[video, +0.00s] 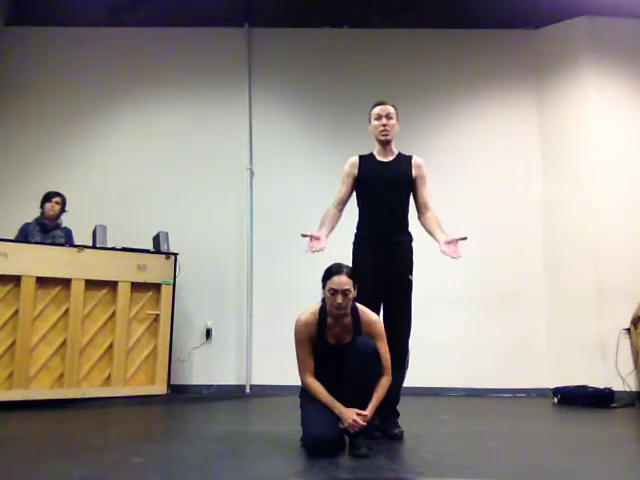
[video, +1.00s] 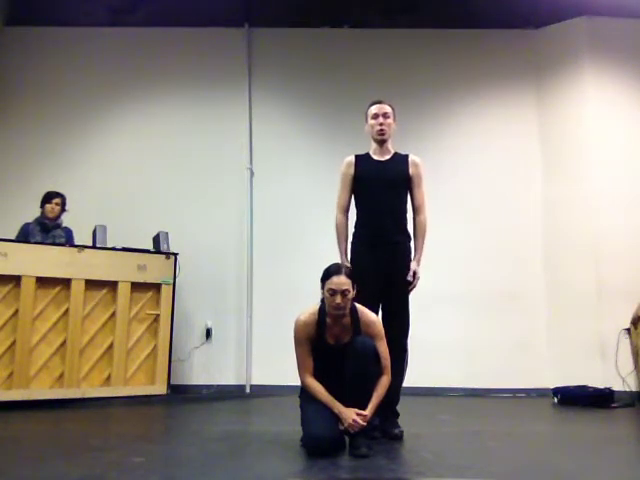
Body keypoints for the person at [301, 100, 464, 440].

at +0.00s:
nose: (384, 122)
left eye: (389, 117)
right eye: (378, 118)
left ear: (398, 124)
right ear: (370, 126)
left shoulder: (414, 166)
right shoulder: (356, 165)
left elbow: (425, 210)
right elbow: (337, 206)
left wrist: (442, 237)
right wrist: (323, 232)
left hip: (399, 259)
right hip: (365, 258)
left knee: (397, 339)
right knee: (361, 337)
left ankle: (389, 416)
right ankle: (360, 417)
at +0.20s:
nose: (383, 123)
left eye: (388, 118)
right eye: (378, 118)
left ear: (397, 125)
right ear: (369, 126)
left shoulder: (414, 165)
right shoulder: (356, 165)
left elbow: (427, 211)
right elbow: (336, 207)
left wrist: (436, 250)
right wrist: (327, 247)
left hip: (399, 258)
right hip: (365, 257)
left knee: (397, 338)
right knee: (361, 336)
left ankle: (389, 415)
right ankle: (361, 416)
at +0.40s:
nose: (382, 123)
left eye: (387, 118)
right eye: (377, 118)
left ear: (396, 124)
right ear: (368, 126)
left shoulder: (413, 165)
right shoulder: (354, 165)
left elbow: (420, 215)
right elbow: (345, 214)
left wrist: (418, 258)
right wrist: (347, 259)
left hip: (398, 257)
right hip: (364, 257)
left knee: (396, 338)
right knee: (361, 337)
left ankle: (389, 415)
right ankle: (362, 417)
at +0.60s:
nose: (381, 122)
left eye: (387, 117)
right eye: (376, 118)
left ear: (395, 124)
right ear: (367, 126)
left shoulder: (412, 165)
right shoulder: (354, 165)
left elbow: (422, 214)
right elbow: (339, 212)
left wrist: (419, 259)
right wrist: (343, 258)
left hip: (398, 259)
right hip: (364, 259)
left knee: (396, 339)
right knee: (359, 339)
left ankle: (389, 415)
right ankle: (360, 417)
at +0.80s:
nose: (381, 122)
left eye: (386, 117)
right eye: (375, 117)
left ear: (395, 124)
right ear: (366, 126)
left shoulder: (411, 165)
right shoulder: (353, 165)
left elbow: (420, 214)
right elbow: (340, 213)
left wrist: (419, 258)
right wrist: (343, 260)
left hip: (398, 258)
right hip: (364, 258)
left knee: (396, 339)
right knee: (360, 338)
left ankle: (389, 415)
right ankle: (360, 417)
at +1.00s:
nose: (381, 121)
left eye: (386, 116)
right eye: (375, 117)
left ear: (394, 124)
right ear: (366, 125)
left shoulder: (411, 165)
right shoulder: (352, 165)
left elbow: (420, 214)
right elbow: (341, 214)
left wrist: (418, 259)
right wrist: (344, 261)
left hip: (397, 258)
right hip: (363, 259)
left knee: (396, 339)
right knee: (360, 338)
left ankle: (389, 415)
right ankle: (361, 417)